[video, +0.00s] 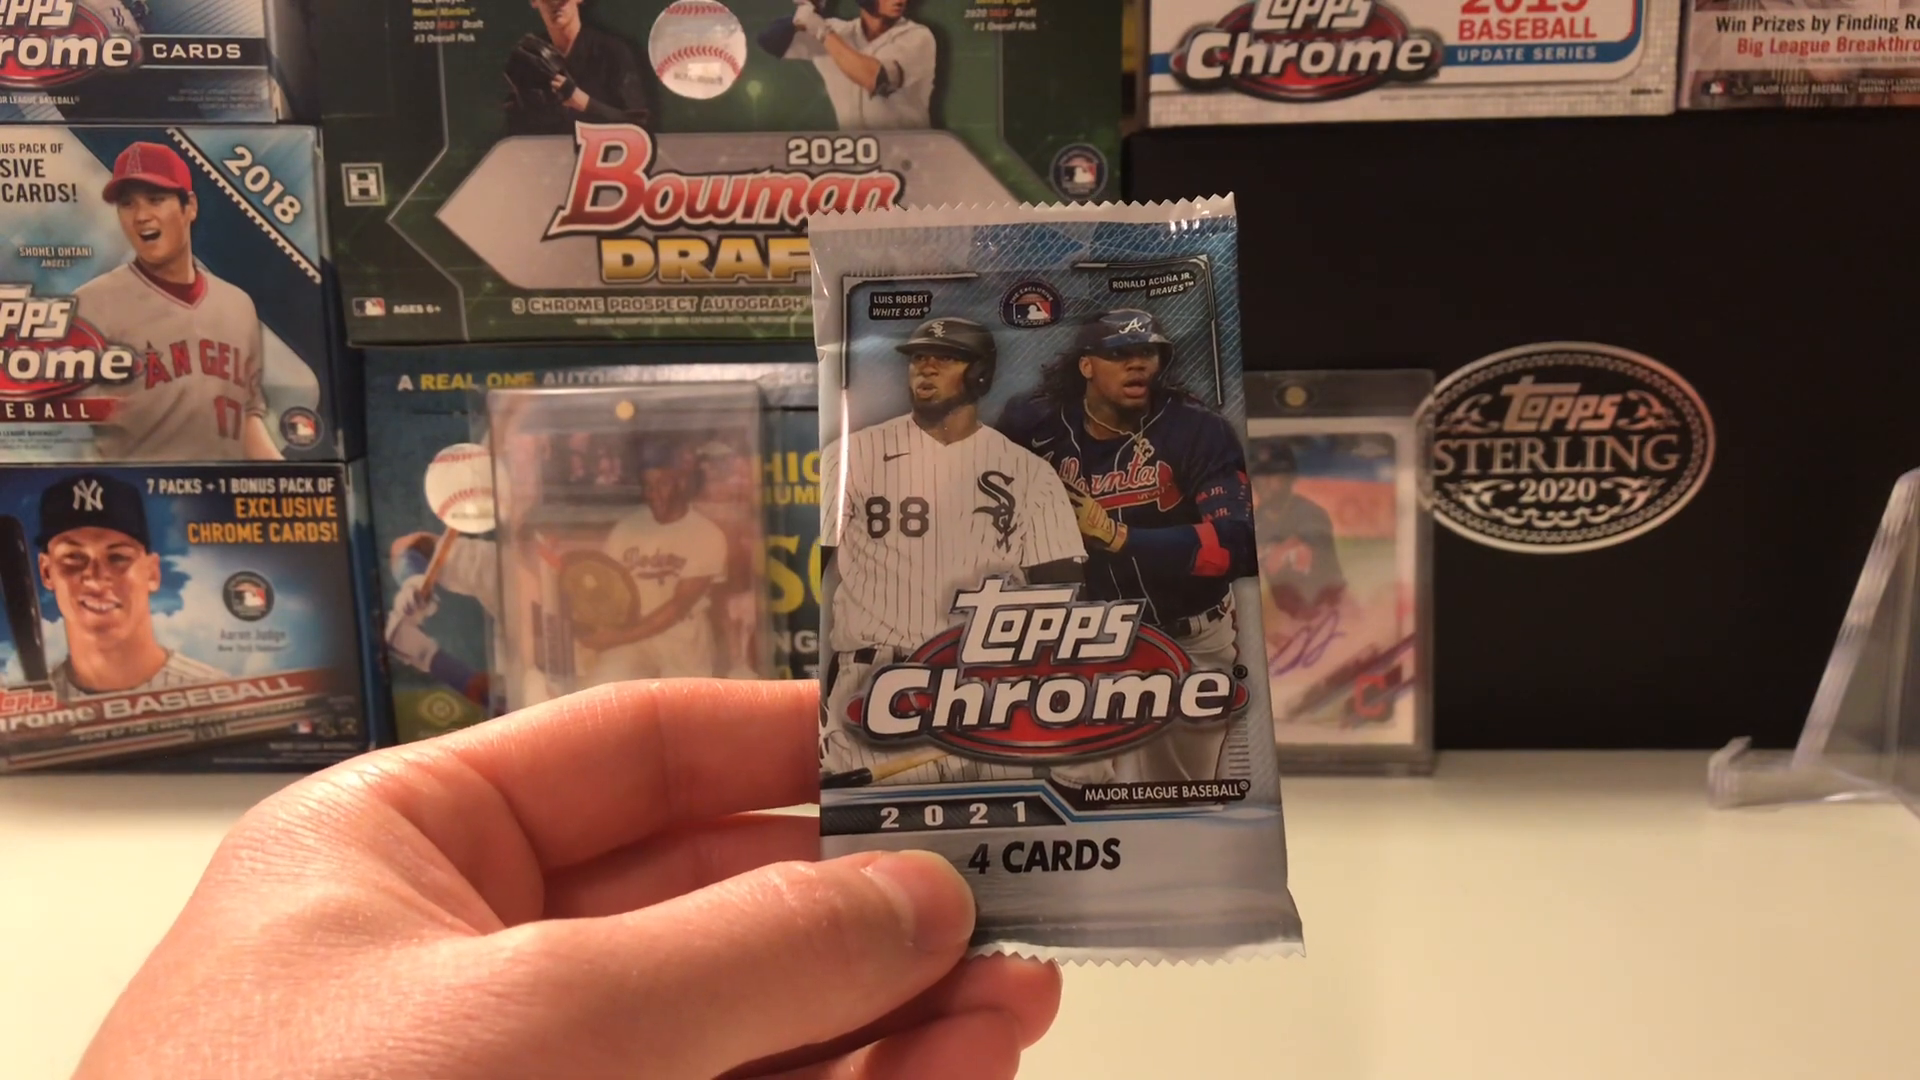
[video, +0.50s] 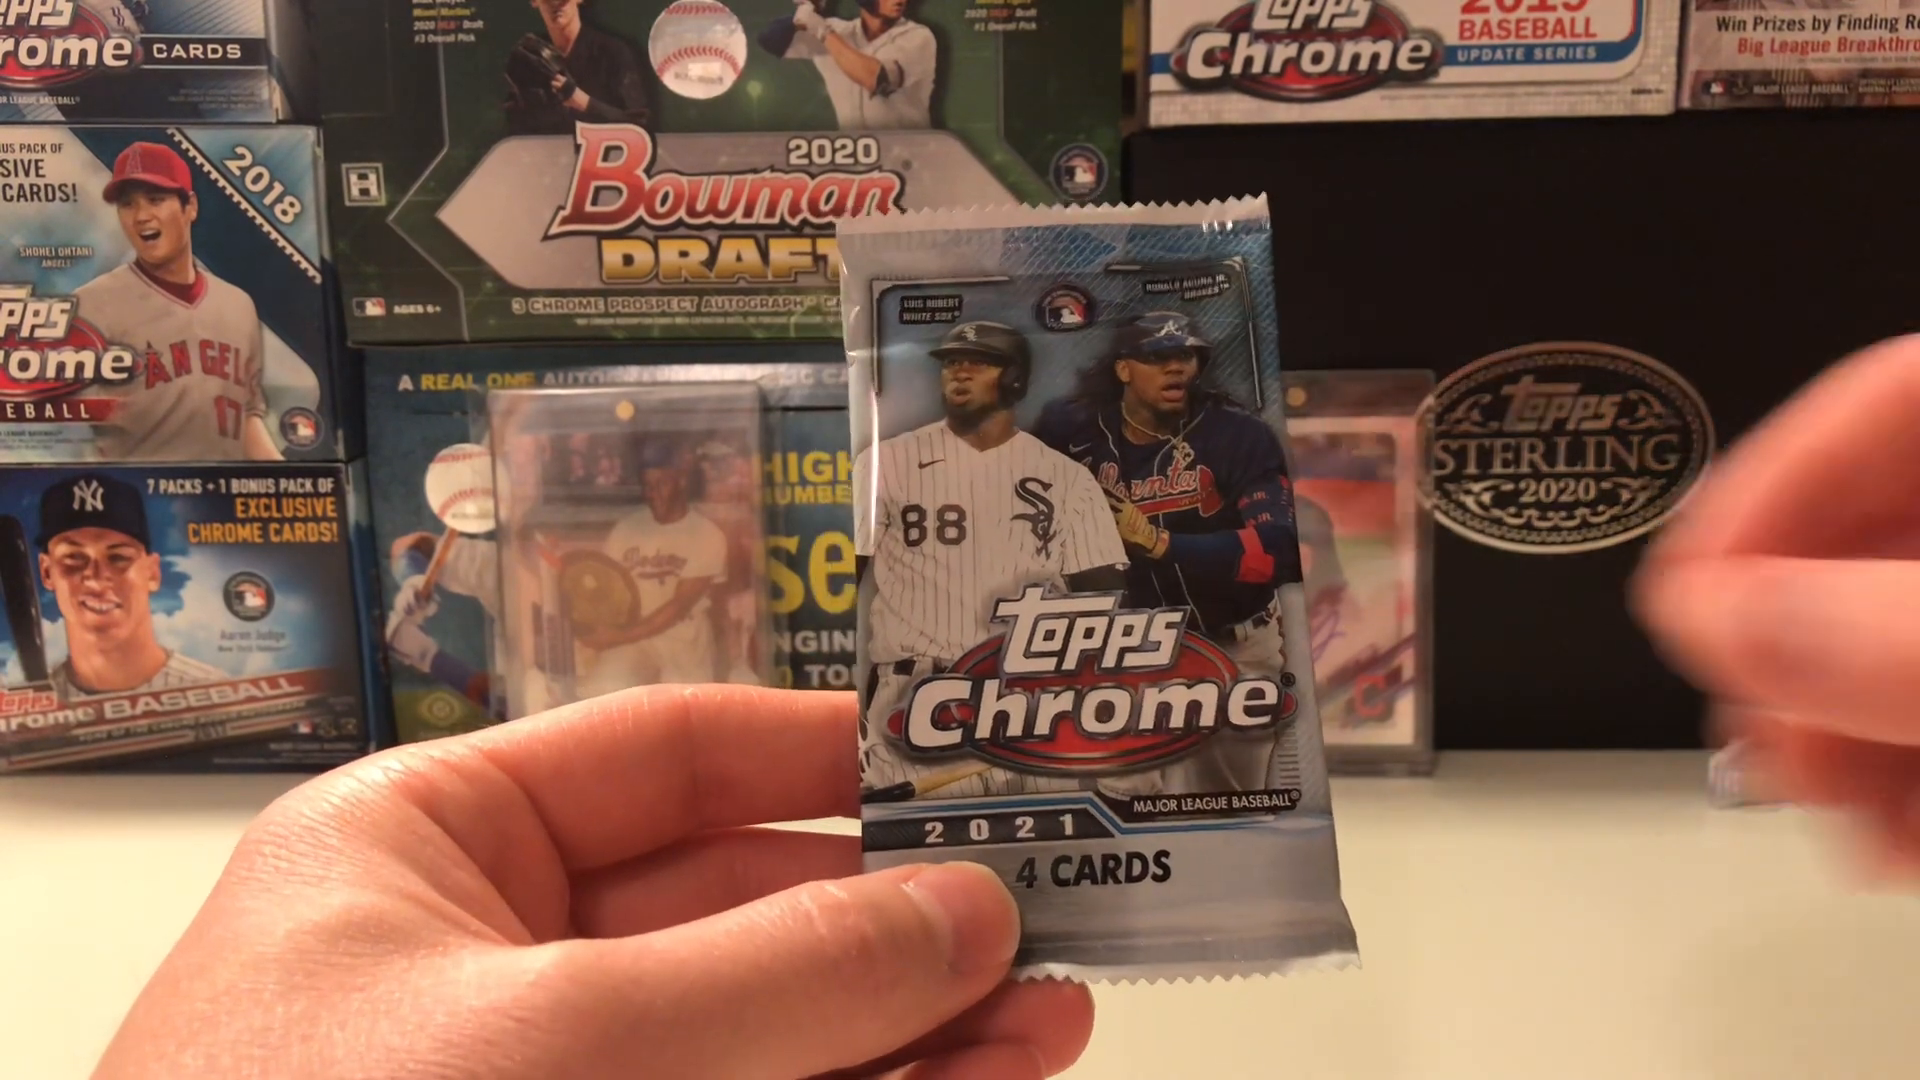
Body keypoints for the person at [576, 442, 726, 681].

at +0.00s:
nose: (652, 495)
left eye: (661, 485)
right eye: (647, 486)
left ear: (682, 484)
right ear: (642, 489)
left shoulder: (707, 536)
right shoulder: (624, 530)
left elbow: (679, 606)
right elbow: (603, 588)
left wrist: (617, 637)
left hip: (683, 644)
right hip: (625, 644)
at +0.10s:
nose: (652, 495)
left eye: (660, 486)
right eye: (647, 487)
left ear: (682, 484)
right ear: (642, 489)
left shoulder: (707, 536)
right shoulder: (624, 530)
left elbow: (679, 606)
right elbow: (603, 588)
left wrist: (617, 637)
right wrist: (594, 627)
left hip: (683, 640)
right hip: (626, 640)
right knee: (601, 704)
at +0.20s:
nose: (652, 495)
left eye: (660, 485)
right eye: (647, 486)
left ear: (682, 484)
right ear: (642, 489)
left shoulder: (708, 536)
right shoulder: (625, 529)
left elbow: (679, 607)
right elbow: (603, 587)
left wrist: (617, 636)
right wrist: (593, 625)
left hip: (684, 638)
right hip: (628, 639)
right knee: (599, 700)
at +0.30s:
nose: (652, 495)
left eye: (660, 485)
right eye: (647, 486)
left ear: (682, 483)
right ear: (642, 489)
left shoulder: (707, 536)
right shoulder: (625, 529)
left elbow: (679, 606)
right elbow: (604, 587)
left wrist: (618, 636)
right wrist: (594, 626)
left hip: (684, 637)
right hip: (629, 638)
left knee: (688, 708)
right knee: (599, 696)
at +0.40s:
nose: (652, 495)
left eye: (660, 485)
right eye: (647, 486)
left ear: (682, 483)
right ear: (642, 489)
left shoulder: (707, 535)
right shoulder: (625, 529)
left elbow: (680, 606)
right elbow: (604, 587)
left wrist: (618, 636)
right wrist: (596, 626)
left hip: (683, 635)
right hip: (629, 637)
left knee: (689, 705)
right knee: (602, 694)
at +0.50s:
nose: (652, 495)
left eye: (659, 485)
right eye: (647, 486)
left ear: (681, 483)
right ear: (642, 488)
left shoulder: (707, 535)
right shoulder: (625, 530)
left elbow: (680, 606)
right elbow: (603, 588)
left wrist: (620, 636)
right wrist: (596, 627)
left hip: (684, 637)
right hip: (629, 638)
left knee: (687, 710)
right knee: (602, 696)